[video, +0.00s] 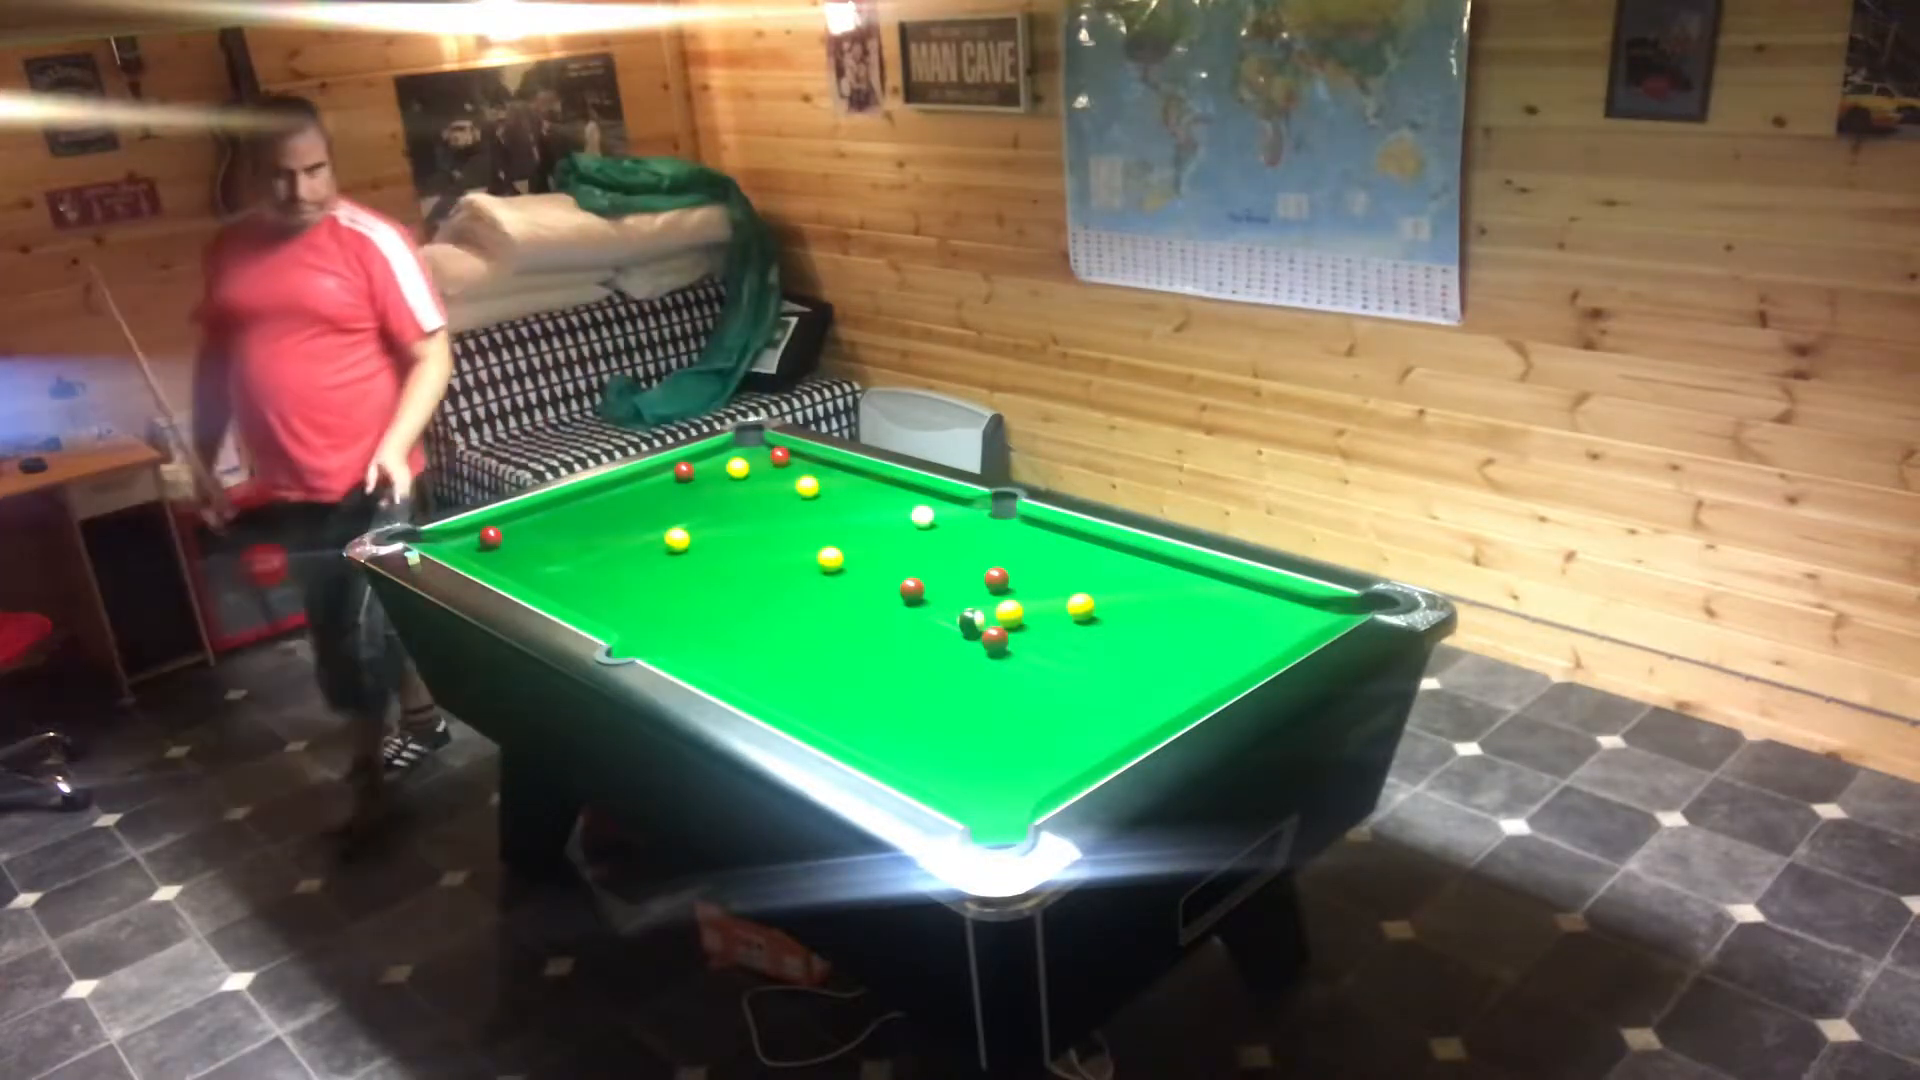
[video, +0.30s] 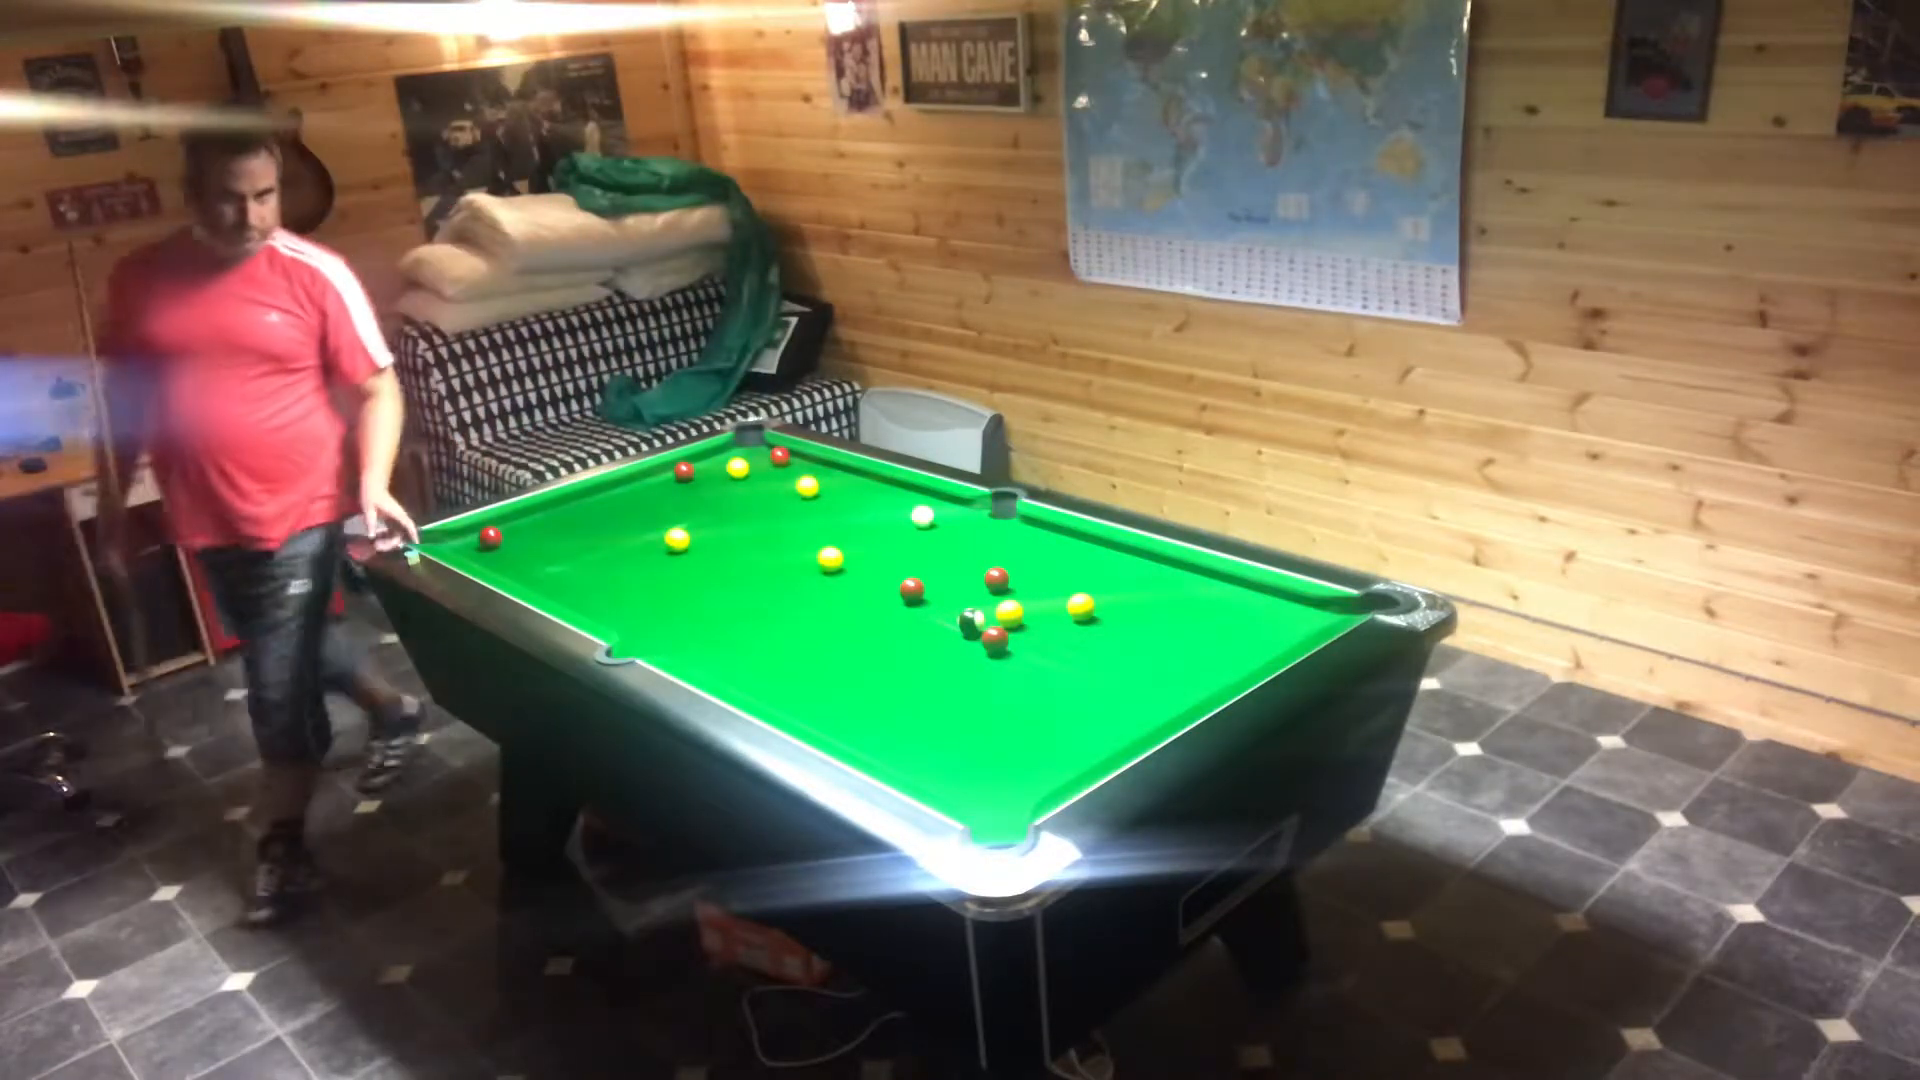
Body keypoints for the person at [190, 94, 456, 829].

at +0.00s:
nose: (298, 190)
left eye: (313, 171)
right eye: (279, 175)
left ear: (333, 167)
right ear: (249, 178)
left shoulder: (372, 241)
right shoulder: (233, 253)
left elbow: (433, 354)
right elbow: (216, 359)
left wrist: (397, 447)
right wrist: (207, 457)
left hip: (372, 485)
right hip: (291, 493)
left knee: (349, 644)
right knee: (364, 615)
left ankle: (371, 775)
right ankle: (421, 715)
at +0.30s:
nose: (251, 214)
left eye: (264, 195)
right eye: (229, 199)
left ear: (281, 189)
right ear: (192, 196)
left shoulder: (317, 276)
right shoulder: (141, 283)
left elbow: (379, 386)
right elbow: (122, 405)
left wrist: (373, 486)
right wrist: (116, 503)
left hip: (302, 515)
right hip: (211, 526)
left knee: (277, 690)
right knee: (301, 644)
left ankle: (281, 849)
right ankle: (400, 712)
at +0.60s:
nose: (205, 224)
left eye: (218, 204)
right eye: (183, 207)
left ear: (232, 194)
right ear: (135, 202)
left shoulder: (267, 291)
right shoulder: (63, 297)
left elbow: (323, 407)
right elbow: (25, 442)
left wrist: (367, 511)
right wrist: (52, 555)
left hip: (248, 573)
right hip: (130, 583)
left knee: (275, 729)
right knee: (154, 746)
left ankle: (285, 848)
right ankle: (211, 847)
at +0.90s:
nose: (154, 248)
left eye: (163, 228)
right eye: (131, 230)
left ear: (170, 223)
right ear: (64, 228)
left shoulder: (204, 321)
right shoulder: (13, 329)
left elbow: (275, 434)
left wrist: (354, 529)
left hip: (208, 622)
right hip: (77, 641)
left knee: (253, 760)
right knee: (131, 830)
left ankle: (278, 846)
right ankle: (160, 1014)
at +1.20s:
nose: (121, 254)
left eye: (122, 233)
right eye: (97, 237)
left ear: (120, 231)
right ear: (23, 244)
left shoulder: (144, 338)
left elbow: (208, 464)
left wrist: (281, 572)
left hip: (177, 673)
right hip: (40, 706)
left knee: (216, 849)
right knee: (104, 893)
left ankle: (242, 915)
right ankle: (159, 1018)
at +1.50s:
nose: (155, 290)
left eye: (153, 266)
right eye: (135, 267)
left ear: (72, 278)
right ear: (56, 278)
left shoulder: (154, 380)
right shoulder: (5, 405)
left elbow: (199, 520)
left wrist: (233, 649)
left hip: (197, 737)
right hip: (54, 772)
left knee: (234, 968)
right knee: (114, 938)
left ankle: (274, 1073)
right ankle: (161, 1017)